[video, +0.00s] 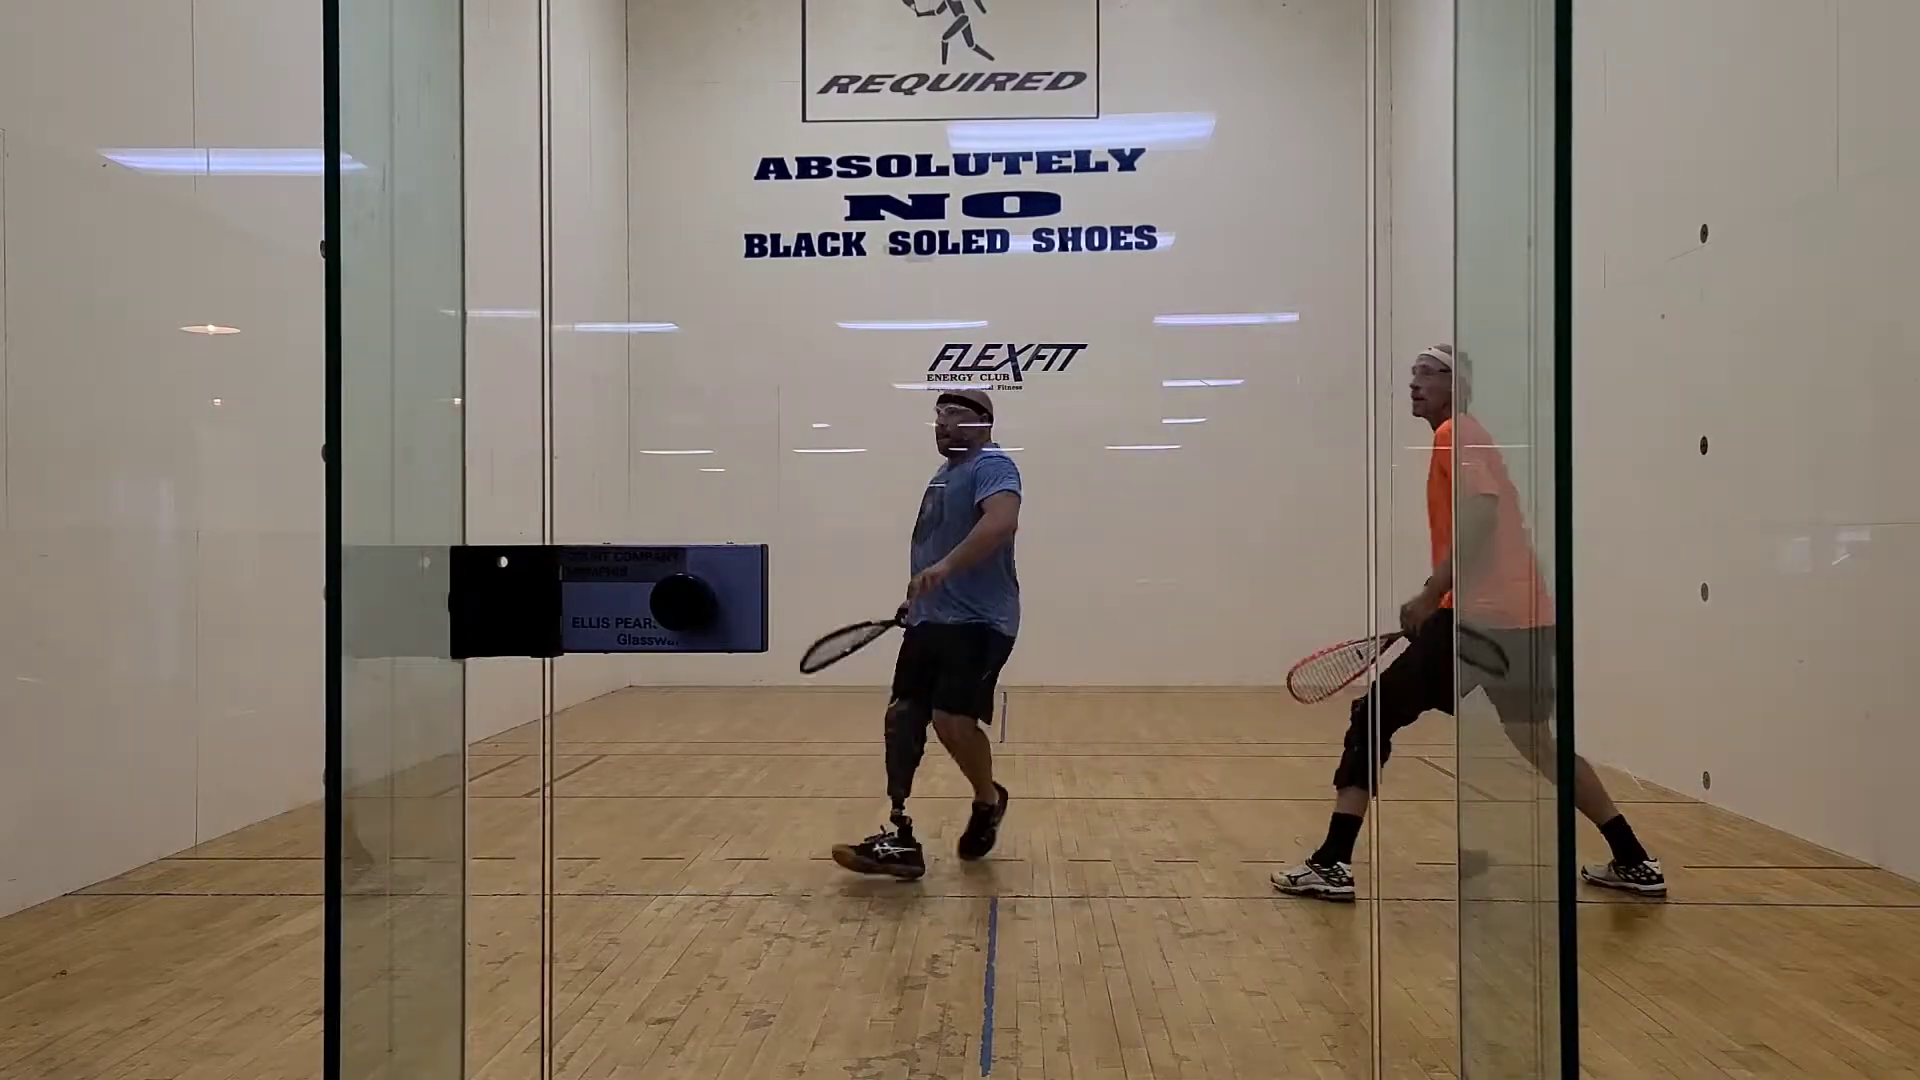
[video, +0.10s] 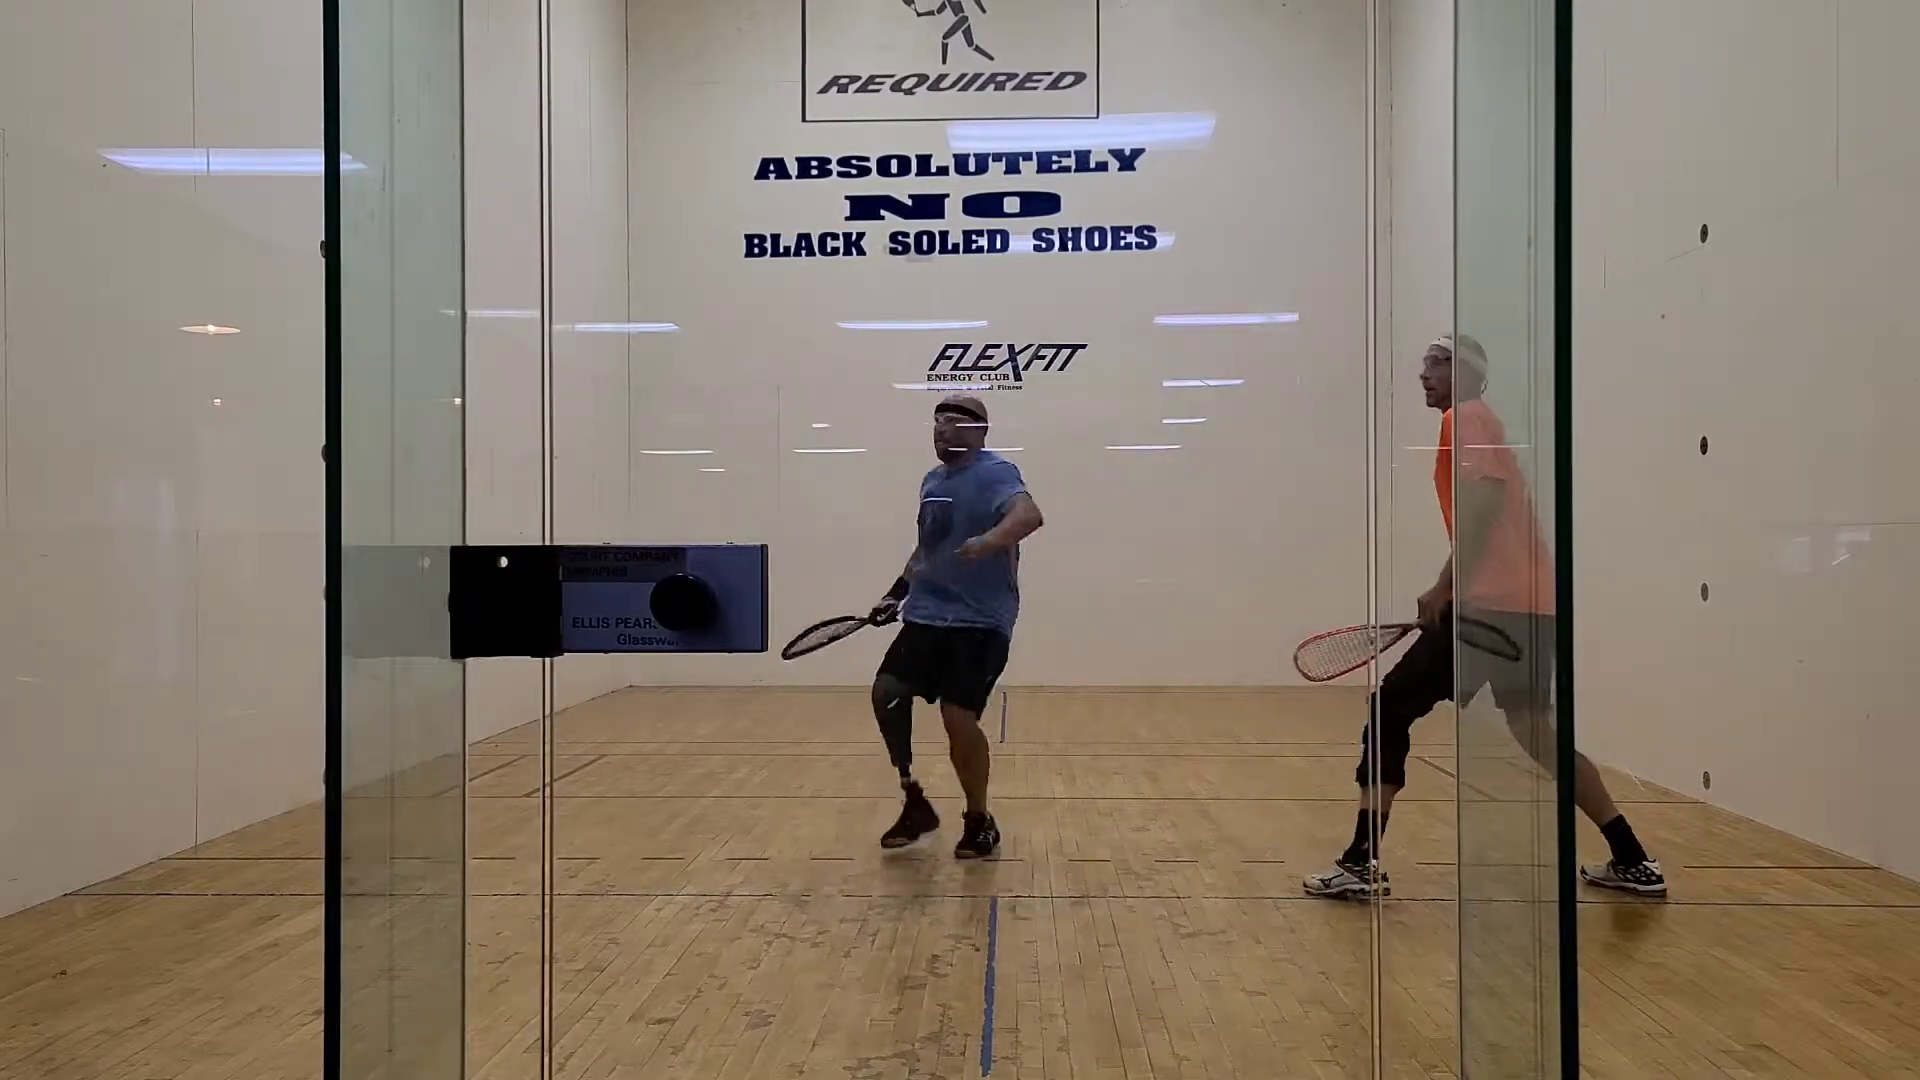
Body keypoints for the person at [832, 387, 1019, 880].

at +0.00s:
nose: (945, 422)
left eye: (958, 415)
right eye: (941, 415)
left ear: (983, 426)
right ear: (936, 424)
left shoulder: (992, 465)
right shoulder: (941, 479)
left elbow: (1001, 522)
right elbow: (935, 549)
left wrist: (944, 567)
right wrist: (914, 598)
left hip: (980, 619)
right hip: (932, 619)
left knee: (952, 719)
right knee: (902, 717)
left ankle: (988, 799)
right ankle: (899, 830)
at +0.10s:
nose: (948, 428)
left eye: (960, 421)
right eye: (942, 420)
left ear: (982, 432)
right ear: (934, 429)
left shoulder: (997, 473)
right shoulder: (933, 482)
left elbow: (1028, 514)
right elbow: (926, 548)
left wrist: (991, 540)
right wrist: (896, 594)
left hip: (982, 621)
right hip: (929, 616)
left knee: (958, 713)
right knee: (887, 696)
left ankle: (979, 820)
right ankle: (915, 803)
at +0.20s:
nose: (940, 428)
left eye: (950, 420)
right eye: (933, 421)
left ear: (971, 426)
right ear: (926, 429)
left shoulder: (1001, 466)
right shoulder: (917, 478)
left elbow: (1063, 502)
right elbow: (906, 537)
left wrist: (1050, 542)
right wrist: (883, 586)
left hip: (987, 608)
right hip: (927, 609)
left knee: (988, 702)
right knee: (893, 704)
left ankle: (988, 813)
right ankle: (912, 752)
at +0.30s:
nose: (935, 436)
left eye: (945, 428)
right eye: (931, 429)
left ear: (968, 437)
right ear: (926, 438)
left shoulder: (1000, 481)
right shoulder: (914, 488)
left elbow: (1060, 517)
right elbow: (897, 544)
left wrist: (1068, 573)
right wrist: (881, 589)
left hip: (985, 606)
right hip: (929, 610)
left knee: (995, 682)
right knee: (914, 695)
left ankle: (1011, 785)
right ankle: (902, 772)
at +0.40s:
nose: (951, 438)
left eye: (959, 431)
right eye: (944, 431)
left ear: (978, 436)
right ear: (935, 438)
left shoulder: (1005, 478)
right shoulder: (929, 482)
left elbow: (1053, 521)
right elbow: (916, 537)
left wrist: (1051, 577)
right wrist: (899, 576)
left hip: (992, 610)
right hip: (937, 609)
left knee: (1001, 700)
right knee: (917, 688)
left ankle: (1008, 747)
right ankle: (901, 771)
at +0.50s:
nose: (959, 450)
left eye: (966, 442)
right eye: (954, 444)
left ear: (988, 440)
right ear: (950, 445)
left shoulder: (1020, 477)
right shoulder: (945, 480)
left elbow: (1061, 522)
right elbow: (930, 528)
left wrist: (1041, 571)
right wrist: (917, 566)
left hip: (1001, 600)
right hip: (951, 597)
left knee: (993, 684)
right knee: (934, 673)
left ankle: (1000, 755)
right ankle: (913, 757)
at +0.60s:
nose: (972, 445)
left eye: (980, 438)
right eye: (968, 438)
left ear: (1000, 440)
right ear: (963, 442)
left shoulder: (1031, 479)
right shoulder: (951, 481)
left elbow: (1070, 522)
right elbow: (938, 529)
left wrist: (1064, 572)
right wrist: (927, 564)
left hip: (1013, 599)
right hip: (964, 596)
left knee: (1007, 677)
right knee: (951, 671)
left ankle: (1001, 755)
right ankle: (949, 722)